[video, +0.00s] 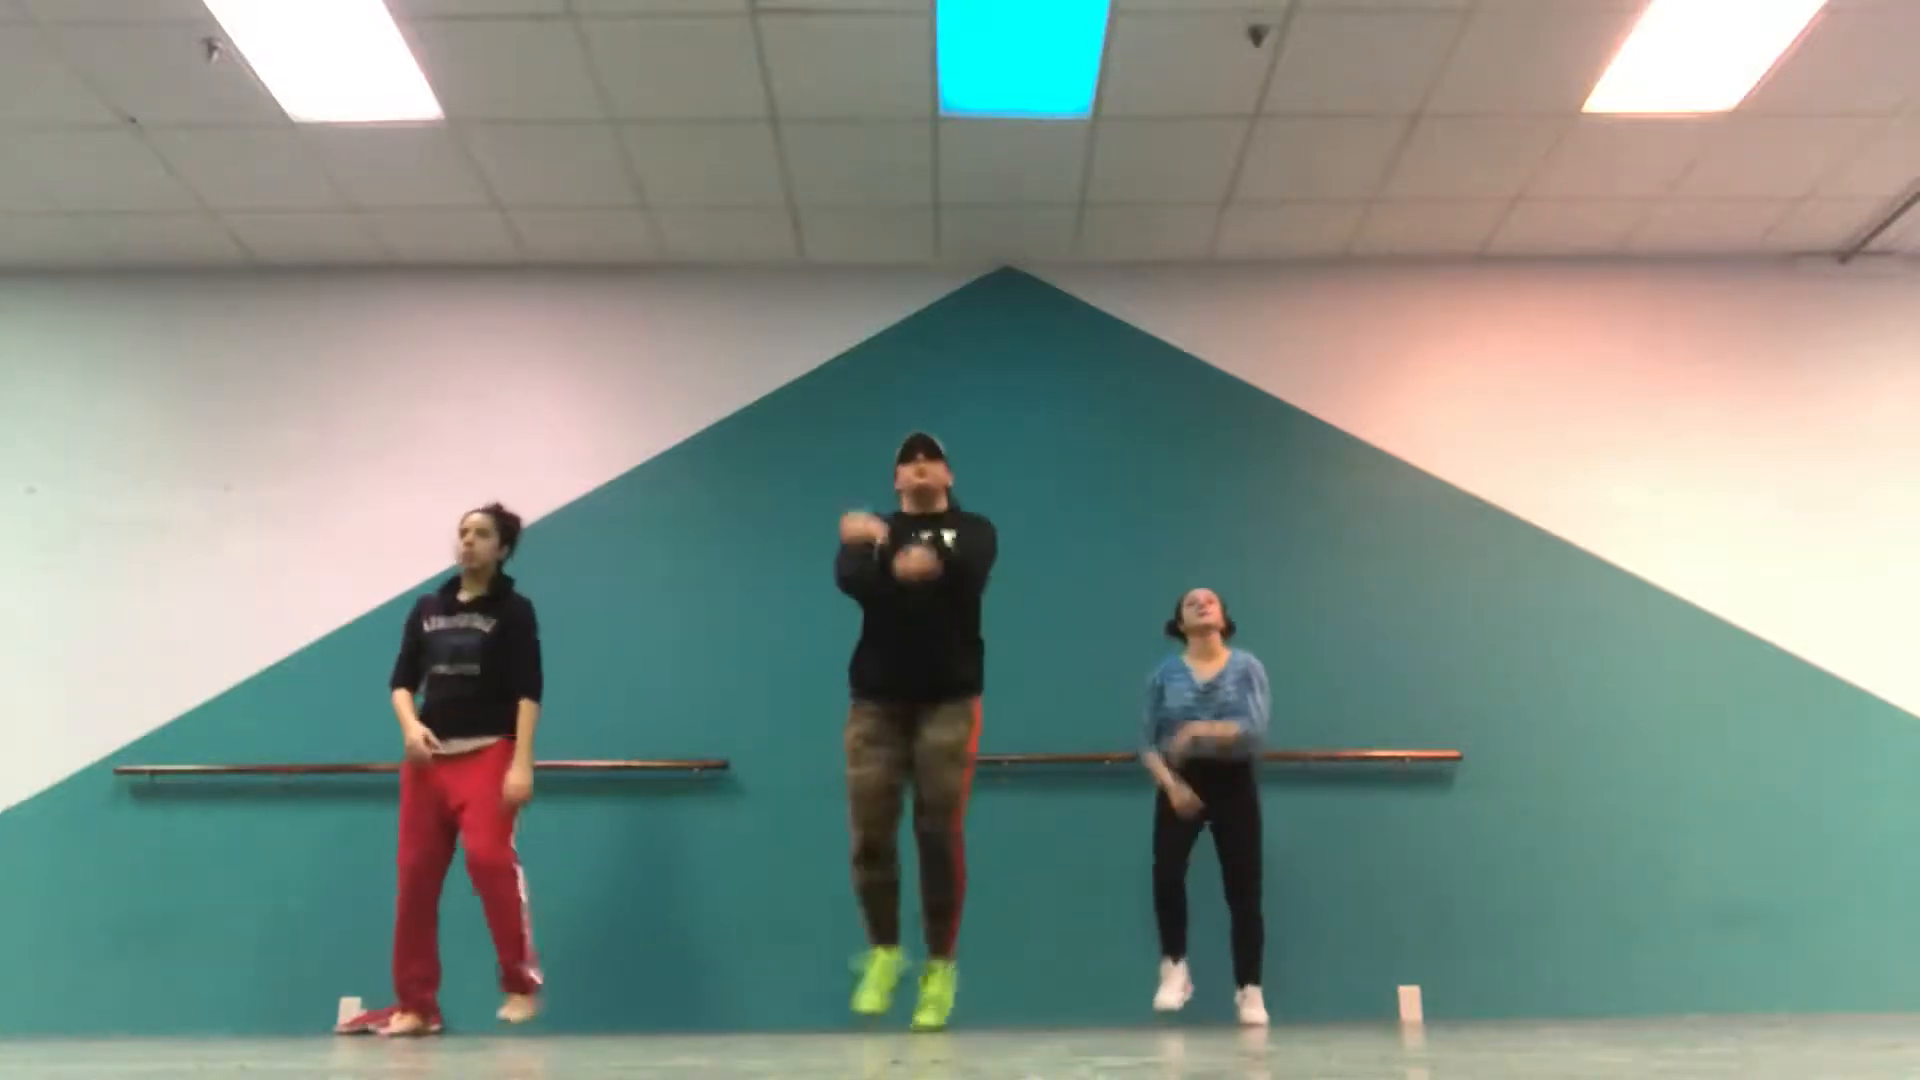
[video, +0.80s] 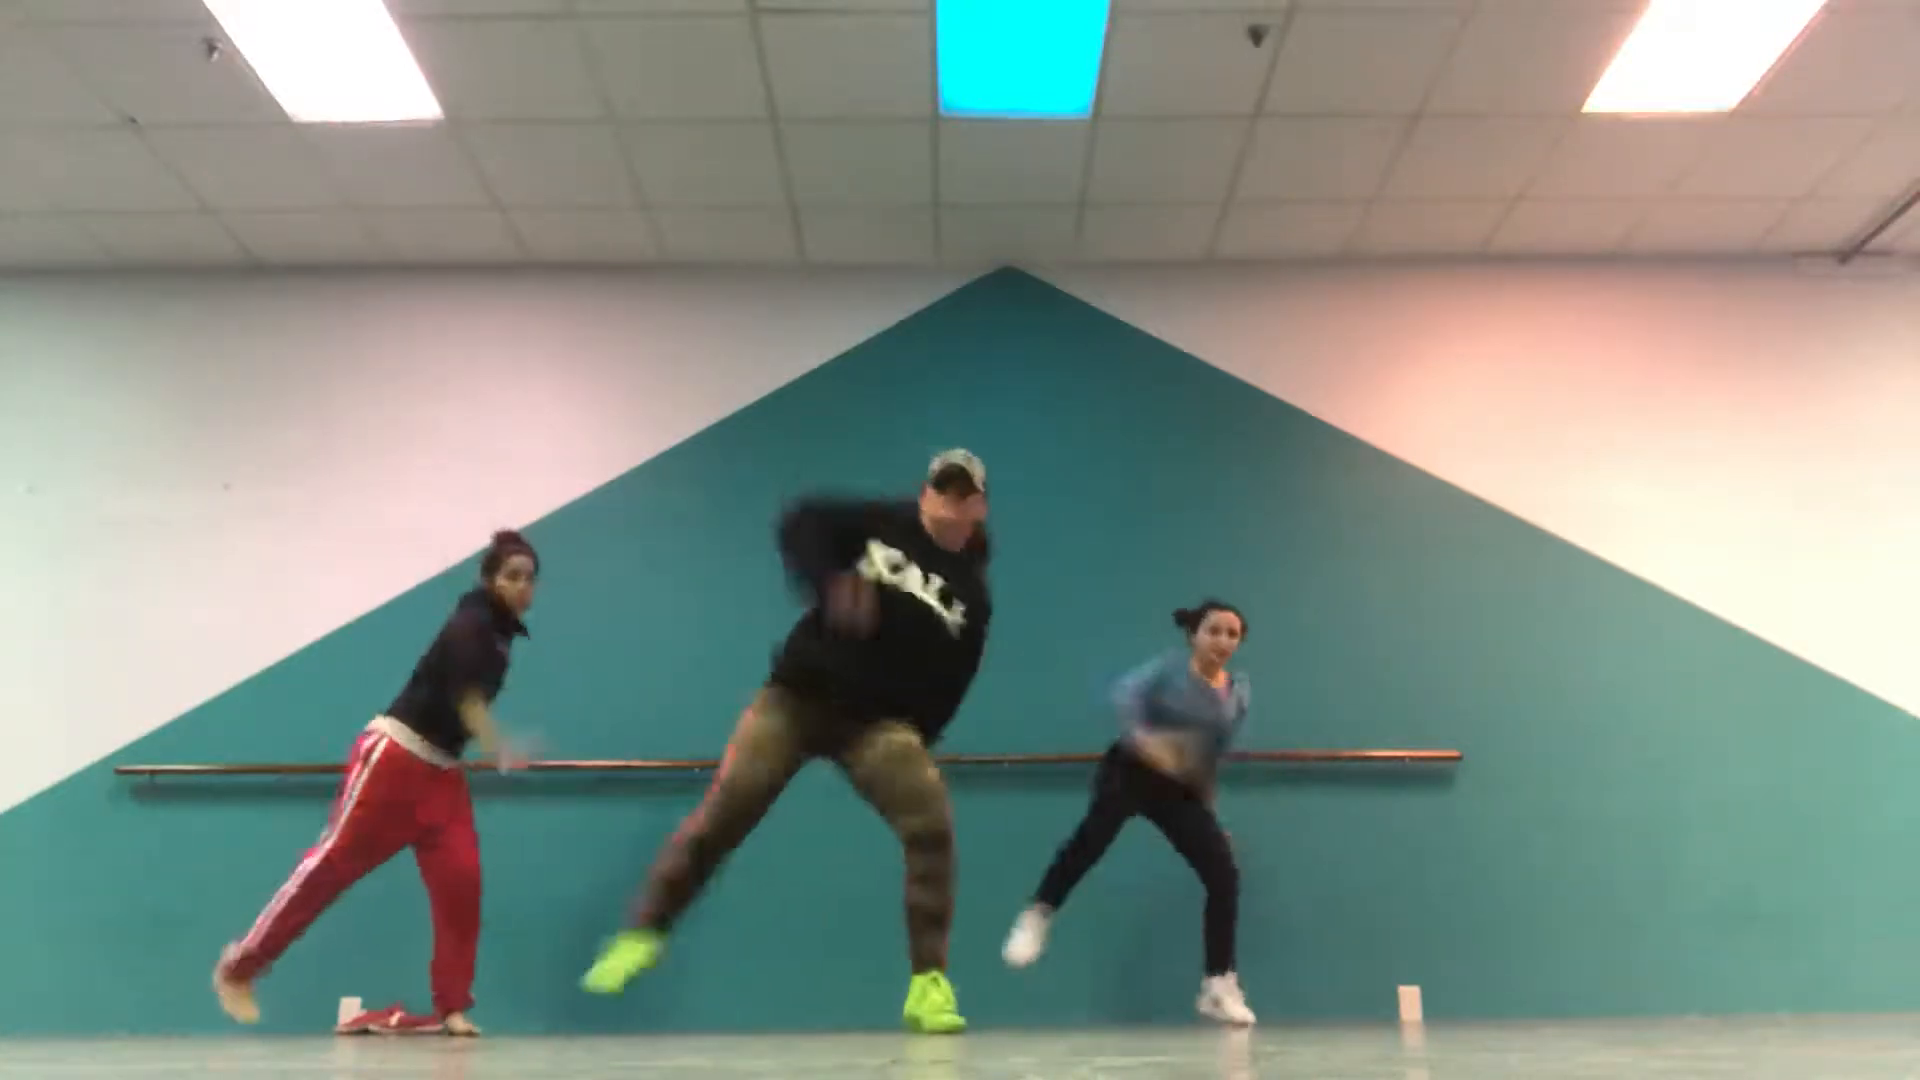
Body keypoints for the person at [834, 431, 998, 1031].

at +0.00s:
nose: (919, 468)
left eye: (930, 460)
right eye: (909, 461)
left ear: (948, 475)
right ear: (895, 476)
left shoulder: (972, 529)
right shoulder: (871, 528)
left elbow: (958, 565)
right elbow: (850, 574)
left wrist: (869, 538)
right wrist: (898, 561)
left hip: (948, 699)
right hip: (876, 698)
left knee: (938, 830)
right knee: (869, 833)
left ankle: (939, 963)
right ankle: (882, 952)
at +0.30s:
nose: (914, 500)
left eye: (924, 491)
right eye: (903, 491)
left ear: (939, 502)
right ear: (884, 502)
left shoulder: (964, 552)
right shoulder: (859, 565)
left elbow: (951, 572)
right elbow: (864, 616)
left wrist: (890, 540)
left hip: (950, 716)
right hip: (882, 722)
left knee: (936, 824)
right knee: (894, 862)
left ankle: (934, 950)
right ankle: (920, 992)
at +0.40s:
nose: (919, 477)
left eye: (930, 468)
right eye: (909, 467)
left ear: (945, 481)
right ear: (891, 480)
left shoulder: (965, 533)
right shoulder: (861, 539)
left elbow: (958, 587)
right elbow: (852, 619)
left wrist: (923, 606)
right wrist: (877, 686)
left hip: (947, 698)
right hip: (875, 702)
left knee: (934, 815)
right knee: (888, 846)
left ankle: (930, 946)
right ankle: (916, 973)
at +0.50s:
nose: (929, 466)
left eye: (940, 460)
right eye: (919, 458)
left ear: (954, 475)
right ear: (900, 472)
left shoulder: (976, 534)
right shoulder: (862, 532)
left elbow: (984, 604)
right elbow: (821, 610)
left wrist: (971, 663)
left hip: (940, 699)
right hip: (862, 703)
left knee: (935, 833)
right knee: (864, 842)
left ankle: (933, 972)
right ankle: (903, 941)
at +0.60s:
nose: (930, 478)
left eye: (942, 471)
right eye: (920, 469)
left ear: (957, 486)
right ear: (901, 481)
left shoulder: (970, 564)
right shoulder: (868, 539)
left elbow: (996, 653)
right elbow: (820, 582)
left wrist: (1008, 736)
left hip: (929, 714)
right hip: (850, 707)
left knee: (939, 844)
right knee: (836, 798)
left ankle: (932, 981)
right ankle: (859, 887)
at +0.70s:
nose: (937, 482)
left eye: (949, 476)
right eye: (927, 473)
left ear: (964, 492)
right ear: (907, 482)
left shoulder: (970, 578)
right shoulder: (865, 523)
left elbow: (973, 667)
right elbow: (808, 523)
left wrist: (965, 740)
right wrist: (817, 478)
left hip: (910, 713)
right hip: (828, 697)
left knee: (935, 827)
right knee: (787, 761)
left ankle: (930, 980)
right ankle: (761, 897)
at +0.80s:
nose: (954, 506)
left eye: (967, 496)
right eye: (945, 492)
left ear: (982, 509)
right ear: (925, 495)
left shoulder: (972, 596)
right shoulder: (883, 524)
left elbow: (953, 681)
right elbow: (803, 523)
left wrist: (914, 737)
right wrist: (832, 576)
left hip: (878, 721)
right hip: (799, 695)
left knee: (930, 825)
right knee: (725, 810)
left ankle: (929, 979)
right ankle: (645, 931)